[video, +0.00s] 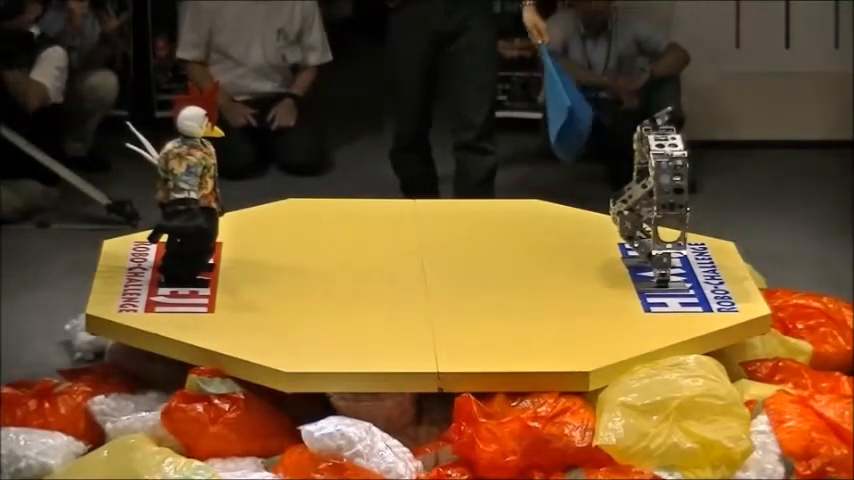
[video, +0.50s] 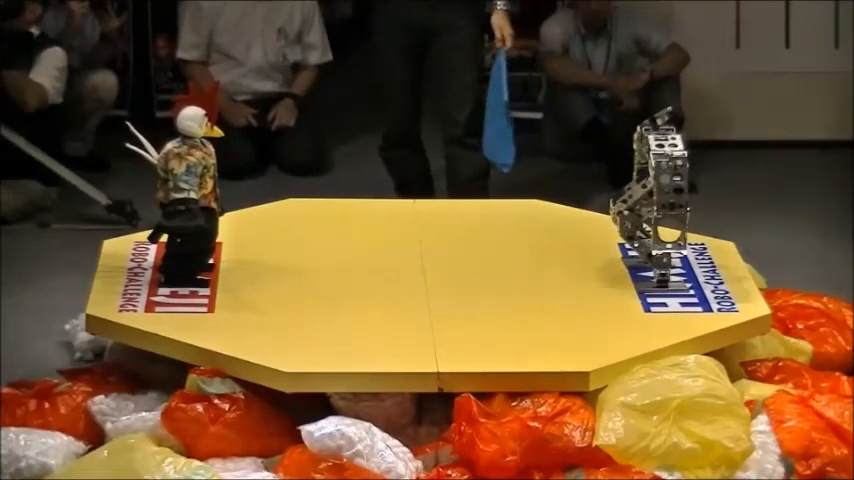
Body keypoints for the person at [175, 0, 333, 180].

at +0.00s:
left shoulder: (302, 5)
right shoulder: (203, 5)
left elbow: (312, 61)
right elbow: (192, 61)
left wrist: (291, 100)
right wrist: (226, 105)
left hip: (280, 97)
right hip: (229, 101)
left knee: (305, 160)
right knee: (236, 163)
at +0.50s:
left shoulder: (302, 5)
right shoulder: (202, 5)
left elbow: (312, 61)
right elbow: (191, 60)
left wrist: (292, 100)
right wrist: (226, 105)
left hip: (280, 98)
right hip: (228, 102)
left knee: (306, 160)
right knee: (237, 163)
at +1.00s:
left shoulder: (302, 5)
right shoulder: (201, 5)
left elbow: (312, 60)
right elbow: (191, 60)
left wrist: (291, 100)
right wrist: (226, 105)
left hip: (280, 98)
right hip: (228, 102)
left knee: (306, 160)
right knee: (237, 163)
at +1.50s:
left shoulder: (302, 5)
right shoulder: (202, 5)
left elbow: (310, 60)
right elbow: (191, 61)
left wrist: (291, 100)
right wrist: (226, 105)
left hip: (280, 99)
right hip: (227, 102)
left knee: (306, 161)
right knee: (238, 164)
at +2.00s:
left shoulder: (301, 5)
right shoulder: (202, 5)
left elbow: (310, 62)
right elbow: (191, 62)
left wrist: (291, 100)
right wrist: (226, 106)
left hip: (279, 99)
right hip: (227, 102)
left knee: (307, 161)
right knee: (238, 163)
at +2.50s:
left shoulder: (300, 5)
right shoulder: (201, 5)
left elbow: (310, 61)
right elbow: (191, 62)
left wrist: (290, 100)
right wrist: (226, 105)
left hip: (279, 98)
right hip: (227, 102)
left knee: (307, 161)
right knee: (237, 164)